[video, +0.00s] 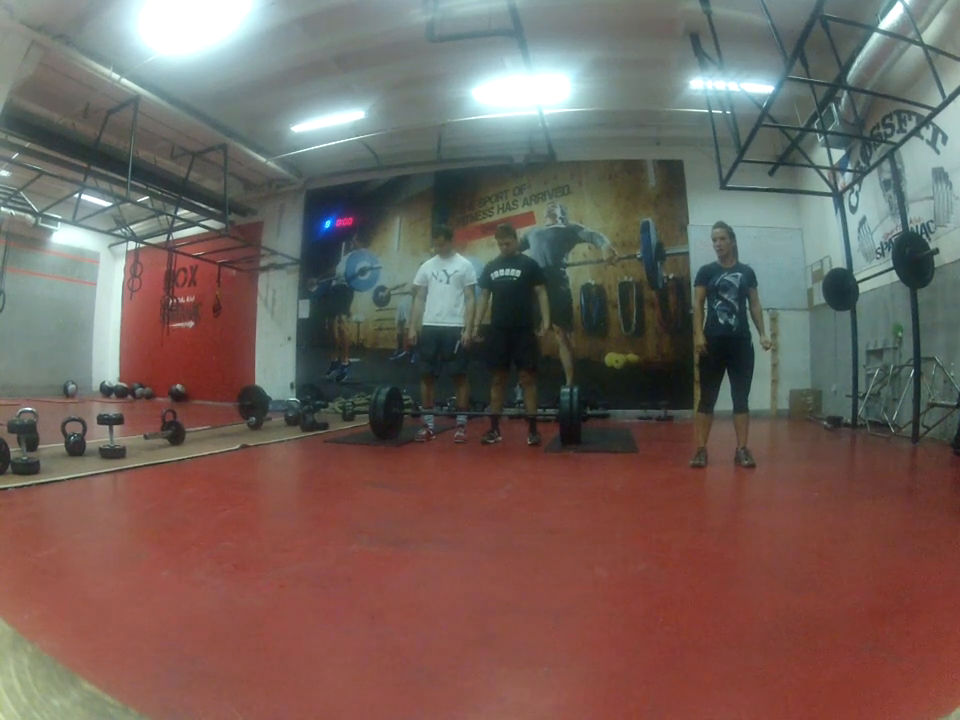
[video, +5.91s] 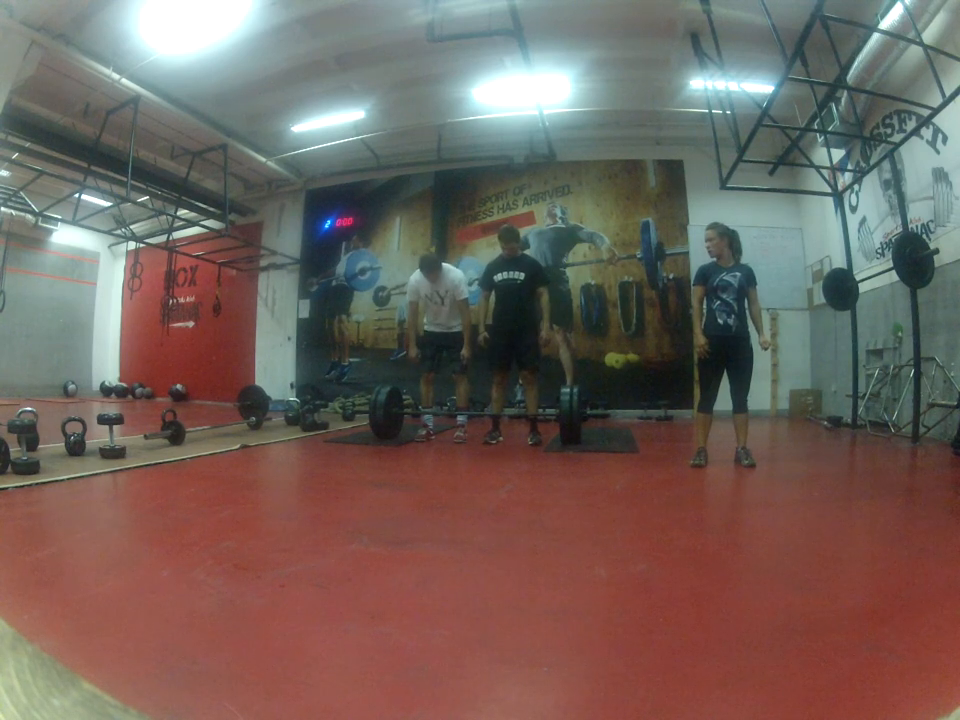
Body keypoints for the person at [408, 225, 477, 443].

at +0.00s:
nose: (438, 245)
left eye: (441, 242)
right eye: (436, 242)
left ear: (450, 241)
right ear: (434, 243)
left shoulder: (464, 266)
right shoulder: (427, 266)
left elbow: (470, 298)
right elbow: (418, 298)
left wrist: (468, 329)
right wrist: (412, 327)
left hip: (455, 329)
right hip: (429, 328)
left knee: (459, 377)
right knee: (427, 377)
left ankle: (461, 425)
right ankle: (427, 425)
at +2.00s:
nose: (430, 241)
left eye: (432, 237)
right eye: (431, 237)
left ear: (441, 238)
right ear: (439, 239)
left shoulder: (462, 261)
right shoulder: (427, 265)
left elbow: (469, 295)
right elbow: (420, 297)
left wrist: (466, 327)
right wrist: (414, 325)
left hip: (454, 327)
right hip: (428, 326)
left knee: (459, 375)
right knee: (426, 374)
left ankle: (462, 424)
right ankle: (427, 424)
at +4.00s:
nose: (437, 247)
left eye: (440, 243)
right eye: (433, 243)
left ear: (446, 242)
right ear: (429, 243)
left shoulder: (458, 264)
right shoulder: (420, 267)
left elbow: (467, 295)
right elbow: (413, 299)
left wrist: (470, 325)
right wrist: (406, 328)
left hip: (454, 328)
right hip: (427, 328)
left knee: (459, 376)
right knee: (426, 376)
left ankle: (461, 426)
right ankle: (427, 426)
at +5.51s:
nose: (431, 277)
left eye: (434, 274)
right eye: (428, 274)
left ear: (441, 267)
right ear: (423, 270)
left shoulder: (456, 277)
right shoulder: (417, 279)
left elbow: (466, 313)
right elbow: (411, 314)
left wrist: (467, 347)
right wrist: (410, 344)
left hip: (455, 330)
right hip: (431, 330)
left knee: (459, 376)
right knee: (426, 376)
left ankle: (461, 425)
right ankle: (427, 425)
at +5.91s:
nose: (432, 279)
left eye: (434, 276)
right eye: (428, 276)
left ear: (440, 268)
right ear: (422, 272)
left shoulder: (455, 277)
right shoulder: (415, 280)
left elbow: (465, 312)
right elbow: (412, 315)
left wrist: (466, 345)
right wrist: (412, 344)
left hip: (456, 330)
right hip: (431, 331)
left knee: (460, 376)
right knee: (427, 376)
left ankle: (461, 425)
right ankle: (427, 425)